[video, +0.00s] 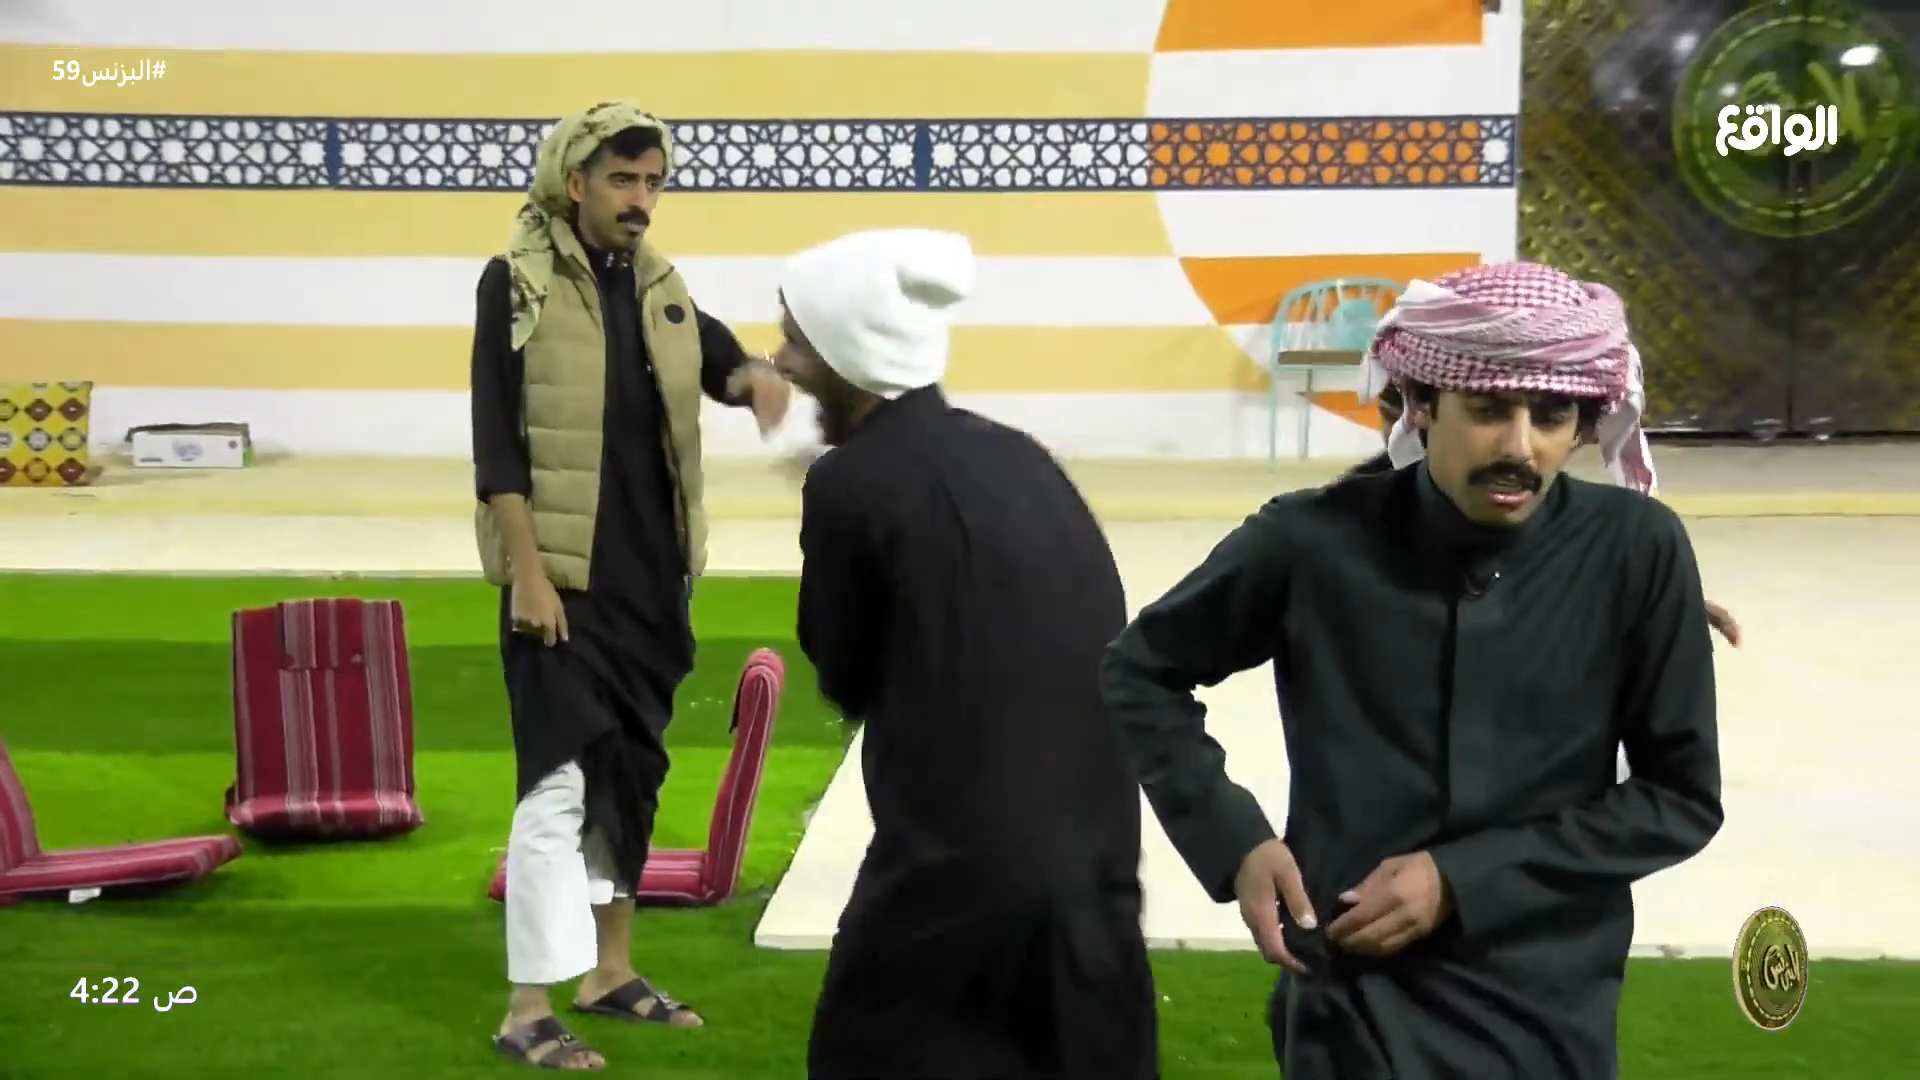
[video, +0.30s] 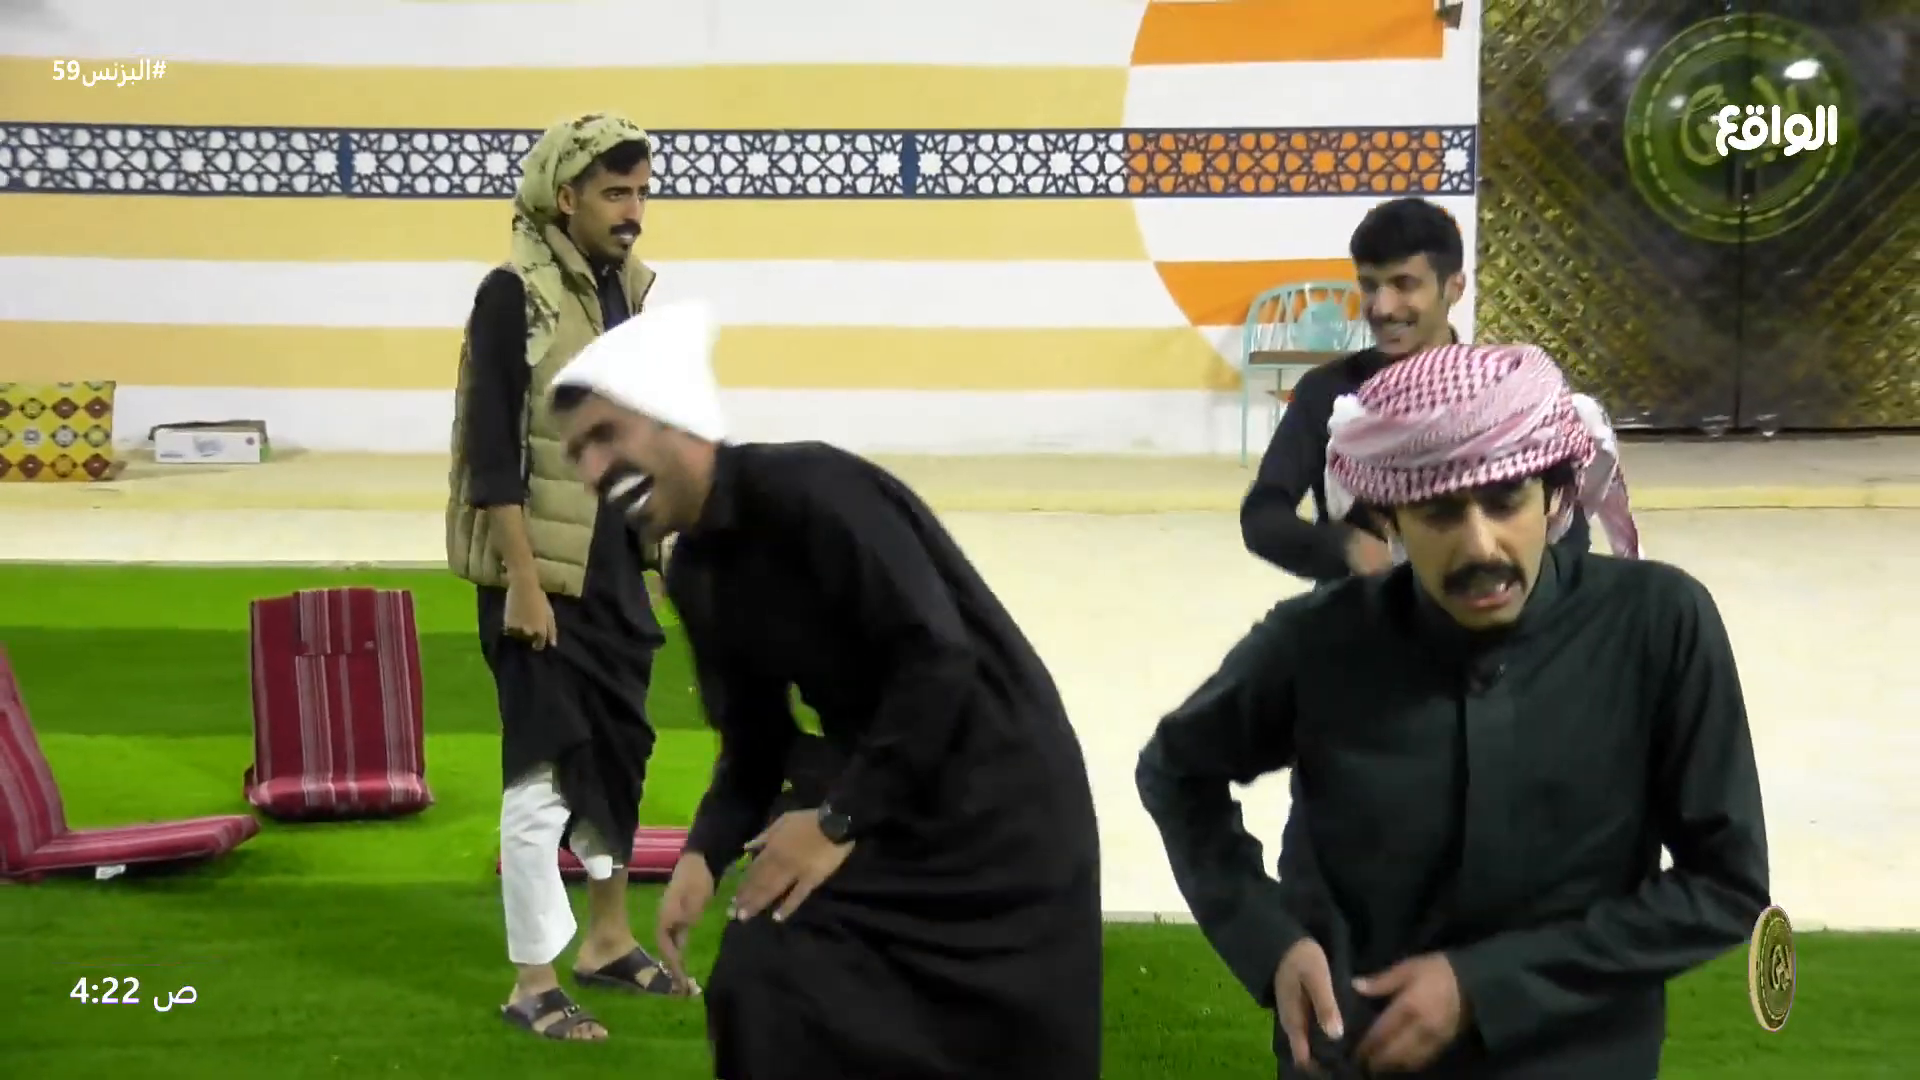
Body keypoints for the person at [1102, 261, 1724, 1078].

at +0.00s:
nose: (1519, 447)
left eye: (1549, 415)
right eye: (1488, 409)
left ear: (1582, 424)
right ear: (1423, 409)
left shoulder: (1640, 550)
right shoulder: (1306, 542)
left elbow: (1682, 799)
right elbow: (1137, 675)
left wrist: (1456, 878)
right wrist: (1239, 845)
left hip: (1549, 1022)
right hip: (1354, 1017)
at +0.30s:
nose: (1480, 546)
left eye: (1504, 501)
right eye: (1440, 512)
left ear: (1552, 499)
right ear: (1392, 519)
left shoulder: (1662, 625)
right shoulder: (1317, 645)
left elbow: (1727, 888)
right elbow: (1178, 770)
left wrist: (1478, 985)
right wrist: (1274, 944)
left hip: (1579, 1057)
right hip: (1357, 1057)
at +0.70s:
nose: (1512, 597)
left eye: (1538, 549)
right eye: (1466, 560)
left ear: (1595, 532)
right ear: (1416, 558)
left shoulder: (1716, 660)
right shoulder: (1337, 689)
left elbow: (1805, 935)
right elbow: (1180, 834)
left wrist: (1551, 1064)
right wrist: (1332, 1027)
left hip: (1651, 1064)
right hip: (1414, 1068)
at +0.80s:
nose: (1533, 652)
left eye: (1560, 605)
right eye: (1490, 618)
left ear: (1615, 578)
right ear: (1440, 600)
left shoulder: (1744, 698)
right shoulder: (1356, 719)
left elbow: (1825, 979)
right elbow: (1191, 858)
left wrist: (1633, 1069)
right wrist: (1346, 1049)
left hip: (1661, 1057)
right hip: (1435, 1063)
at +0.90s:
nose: (1564, 742)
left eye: (1600, 698)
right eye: (1525, 703)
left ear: (1656, 640)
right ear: (1474, 662)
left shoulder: (1796, 743)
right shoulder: (1395, 746)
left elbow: (1861, 1032)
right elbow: (1231, 887)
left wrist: (1741, 1068)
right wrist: (1361, 1070)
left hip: (1704, 1063)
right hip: (1470, 1063)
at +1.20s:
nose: (1597, 806)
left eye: (1639, 766)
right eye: (1560, 765)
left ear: (1718, 697)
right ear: (1519, 710)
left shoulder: (1870, 768)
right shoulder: (1445, 758)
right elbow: (1303, 888)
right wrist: (1399, 1069)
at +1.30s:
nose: (1647, 857)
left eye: (1687, 813)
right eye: (1613, 815)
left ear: (1768, 744)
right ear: (1562, 764)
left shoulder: (1893, 799)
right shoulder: (1496, 799)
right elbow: (1359, 919)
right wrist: (1420, 1068)